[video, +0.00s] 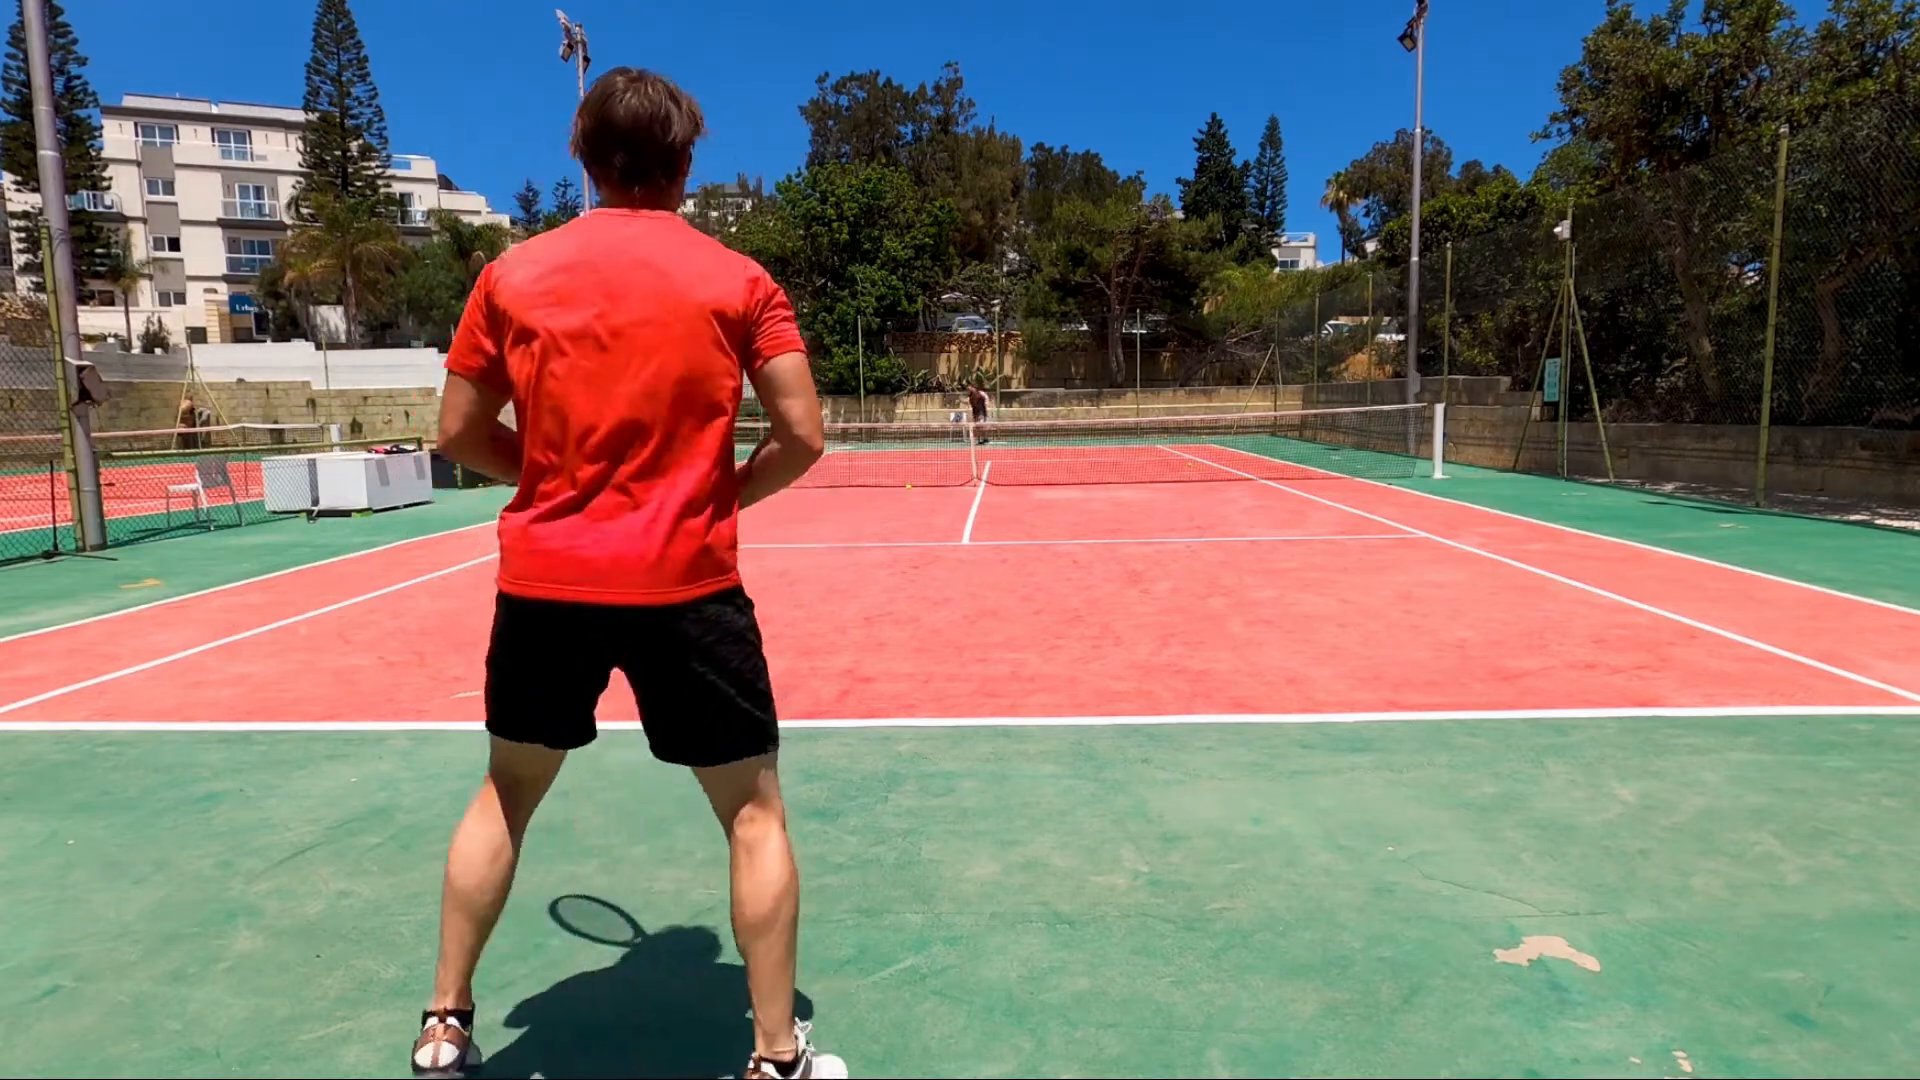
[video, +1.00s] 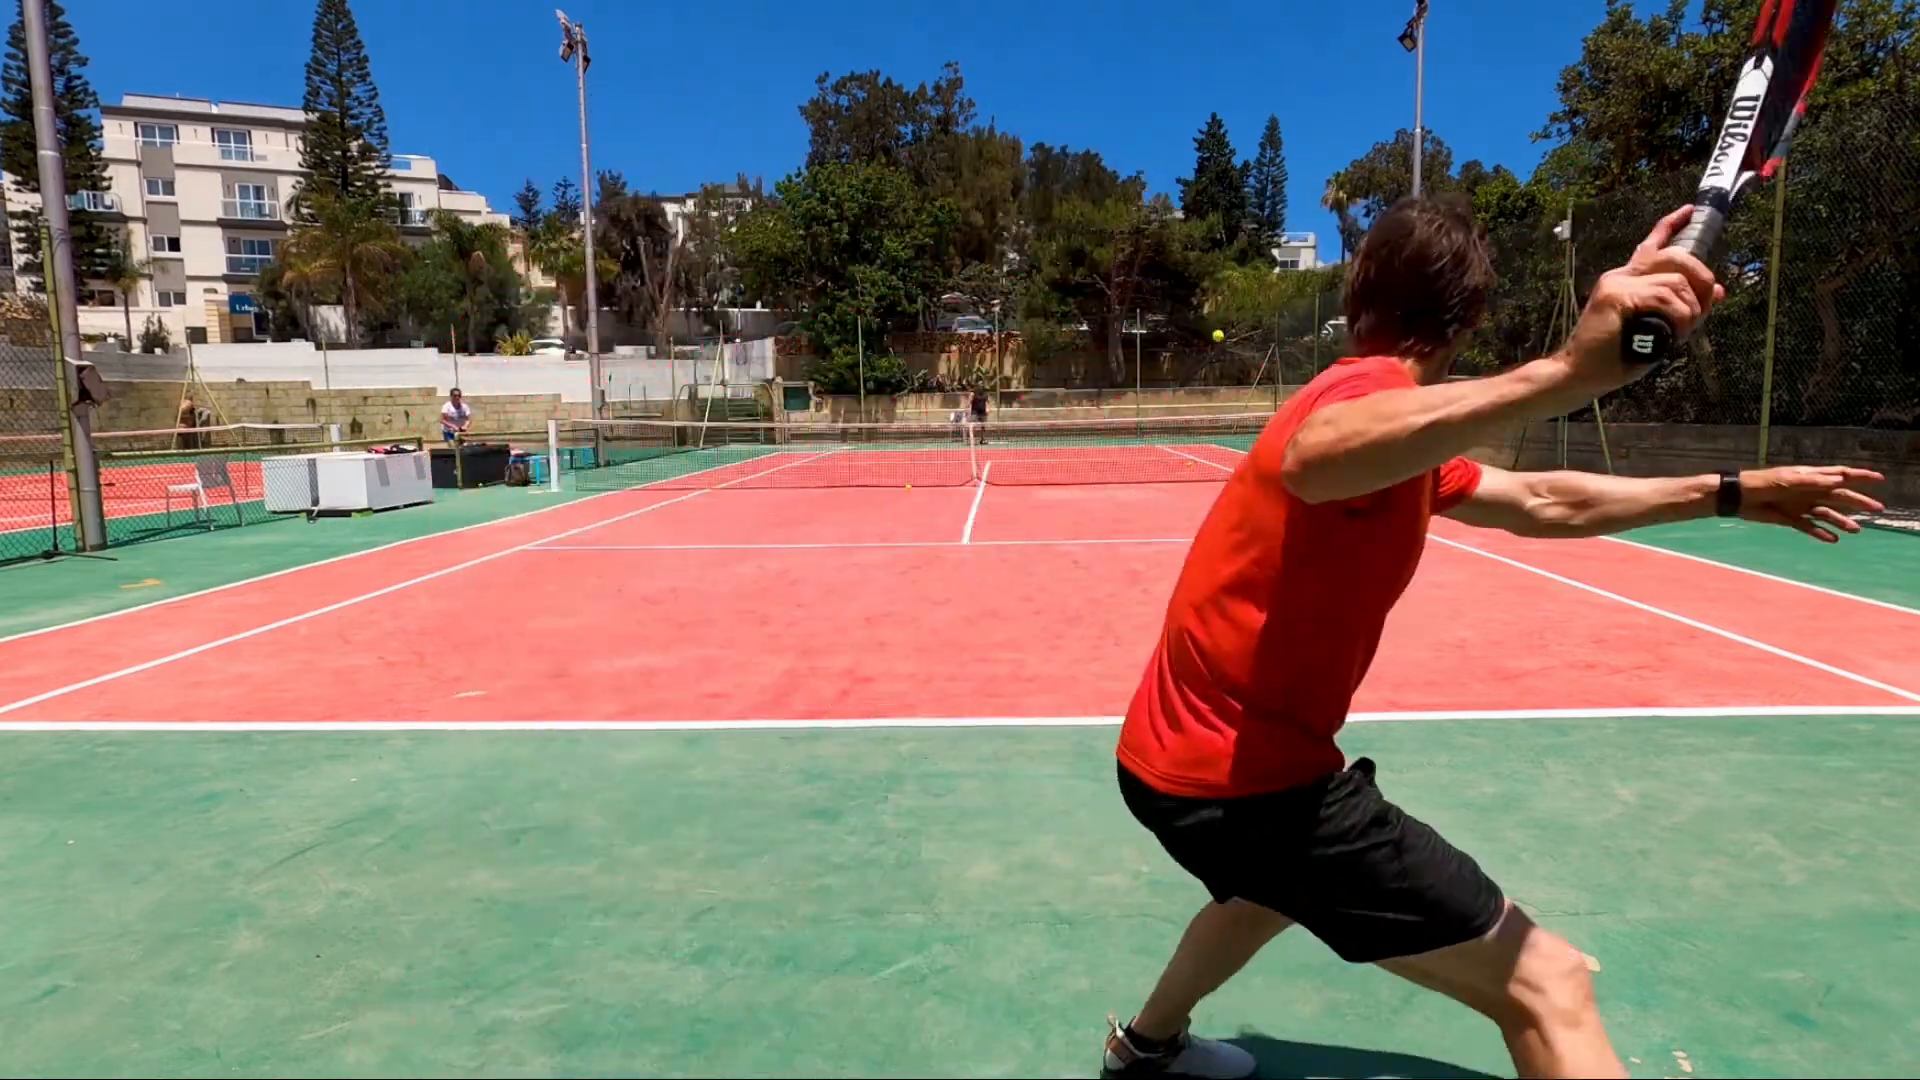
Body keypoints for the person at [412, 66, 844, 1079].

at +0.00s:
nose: (688, 166)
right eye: (687, 153)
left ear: (584, 160)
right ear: (684, 161)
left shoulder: (514, 276)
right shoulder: (734, 277)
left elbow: (460, 436)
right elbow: (801, 437)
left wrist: (552, 468)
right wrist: (723, 494)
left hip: (546, 586)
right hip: (687, 587)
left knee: (507, 789)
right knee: (753, 811)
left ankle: (446, 1017)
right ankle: (776, 1050)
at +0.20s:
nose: (676, 287)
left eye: (669, 271)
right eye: (673, 273)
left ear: (568, 283)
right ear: (663, 285)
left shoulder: (498, 389)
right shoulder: (689, 397)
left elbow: (449, 554)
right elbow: (752, 566)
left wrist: (545, 578)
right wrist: (695, 615)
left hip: (498, 708)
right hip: (637, 710)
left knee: (457, 877)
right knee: (769, 865)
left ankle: (362, 1069)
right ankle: (764, 1072)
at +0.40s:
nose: (757, 323)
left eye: (755, 309)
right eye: (754, 309)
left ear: (657, 316)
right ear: (743, 318)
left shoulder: (598, 414)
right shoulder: (732, 426)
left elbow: (597, 596)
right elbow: (763, 607)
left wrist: (718, 642)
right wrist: (788, 672)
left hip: (526, 733)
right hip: (651, 740)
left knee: (491, 891)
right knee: (847, 867)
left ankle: (363, 1070)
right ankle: (785, 1072)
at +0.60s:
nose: (959, 267)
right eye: (959, 251)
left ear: (859, 250)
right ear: (951, 263)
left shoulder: (809, 355)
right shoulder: (925, 370)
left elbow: (810, 524)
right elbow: (943, 571)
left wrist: (953, 572)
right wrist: (1016, 661)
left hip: (723, 690)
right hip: (814, 708)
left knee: (776, 866)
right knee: (898, 915)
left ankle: (581, 1001)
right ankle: (785, 1073)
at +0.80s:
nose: (1175, 244)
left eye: (1170, 225)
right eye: (1175, 225)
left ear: (1071, 231)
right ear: (1163, 238)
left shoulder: (1053, 323)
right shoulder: (1119, 320)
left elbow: (1140, 480)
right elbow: (1119, 459)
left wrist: (1287, 481)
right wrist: (1308, 513)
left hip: (967, 677)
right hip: (1023, 689)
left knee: (1112, 878)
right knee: (1174, 928)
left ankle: (1129, 1030)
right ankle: (989, 1075)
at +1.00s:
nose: (1479, 325)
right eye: (1476, 309)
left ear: (1356, 296)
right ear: (1461, 316)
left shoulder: (1399, 441)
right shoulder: (1367, 391)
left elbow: (1550, 501)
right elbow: (1309, 455)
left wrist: (1734, 490)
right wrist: (1567, 368)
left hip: (1189, 758)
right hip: (1247, 780)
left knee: (1286, 877)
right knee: (1548, 986)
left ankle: (1148, 1038)